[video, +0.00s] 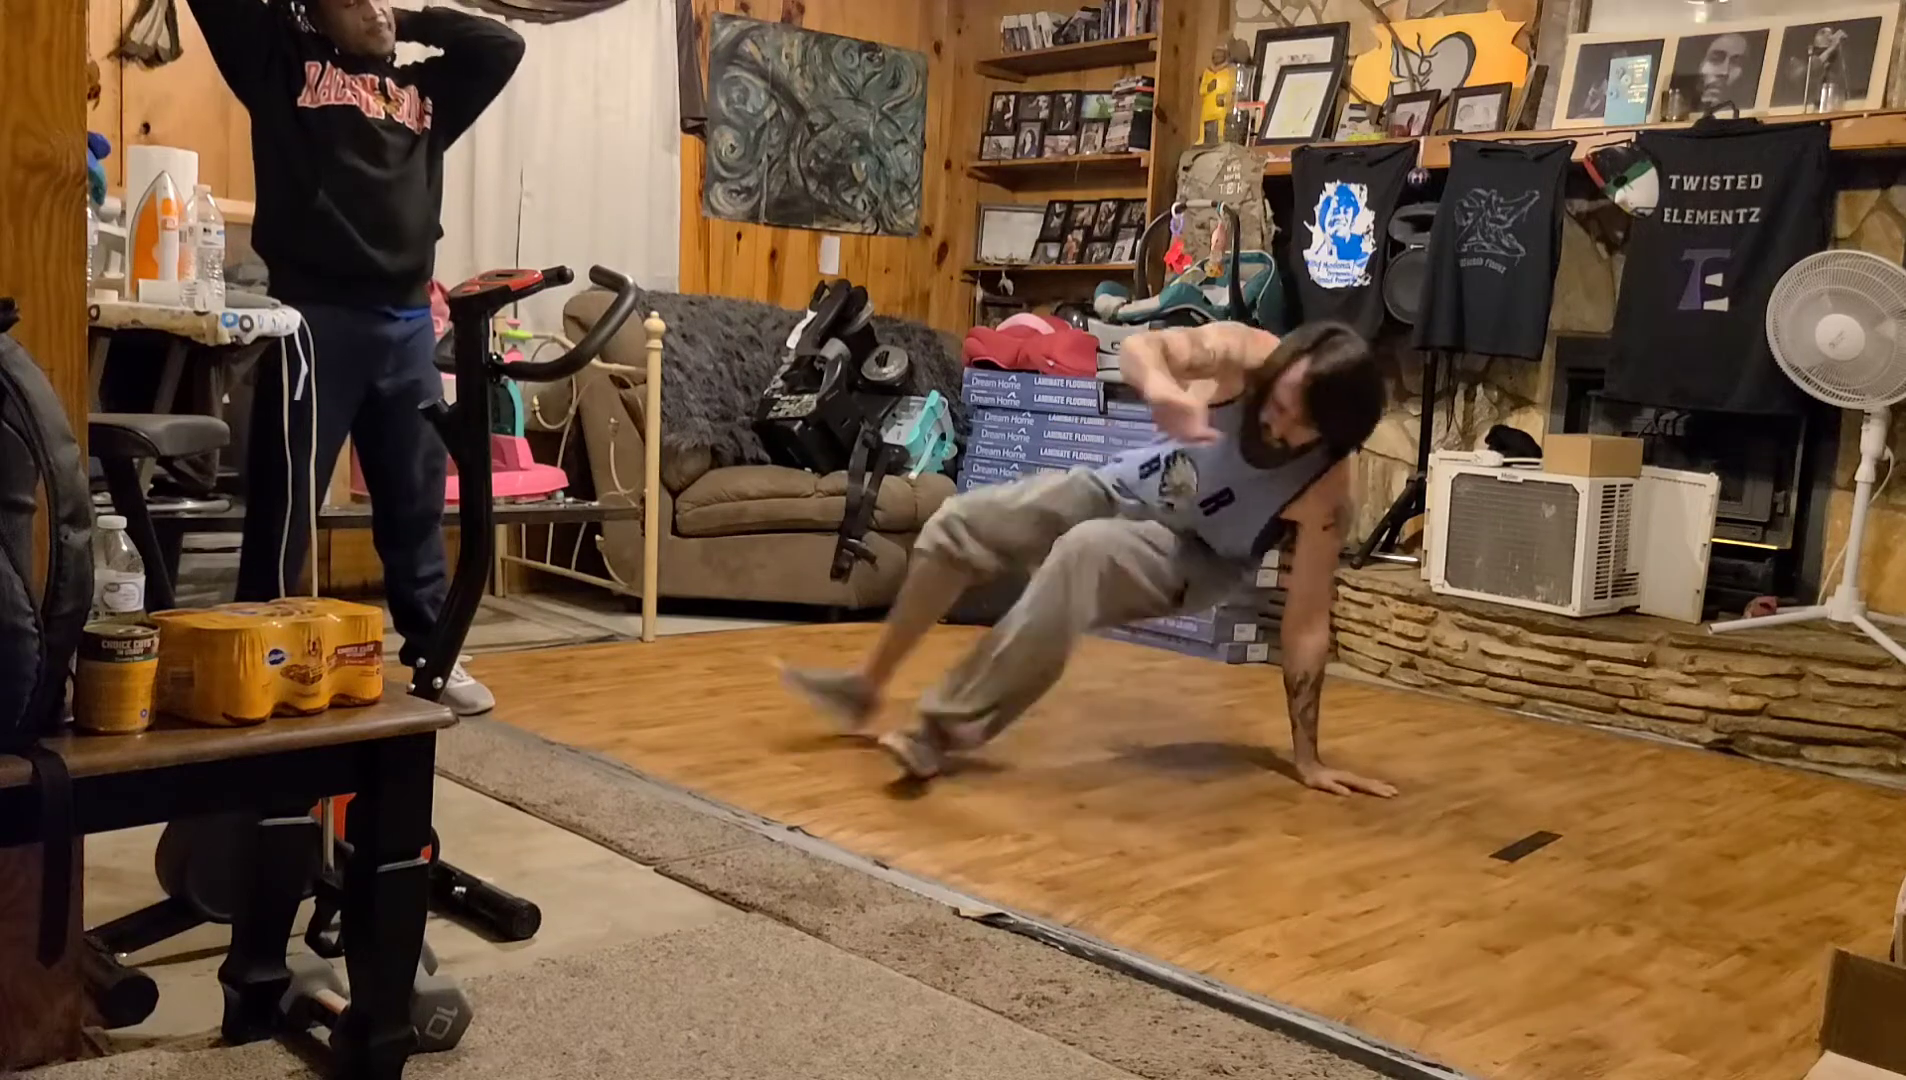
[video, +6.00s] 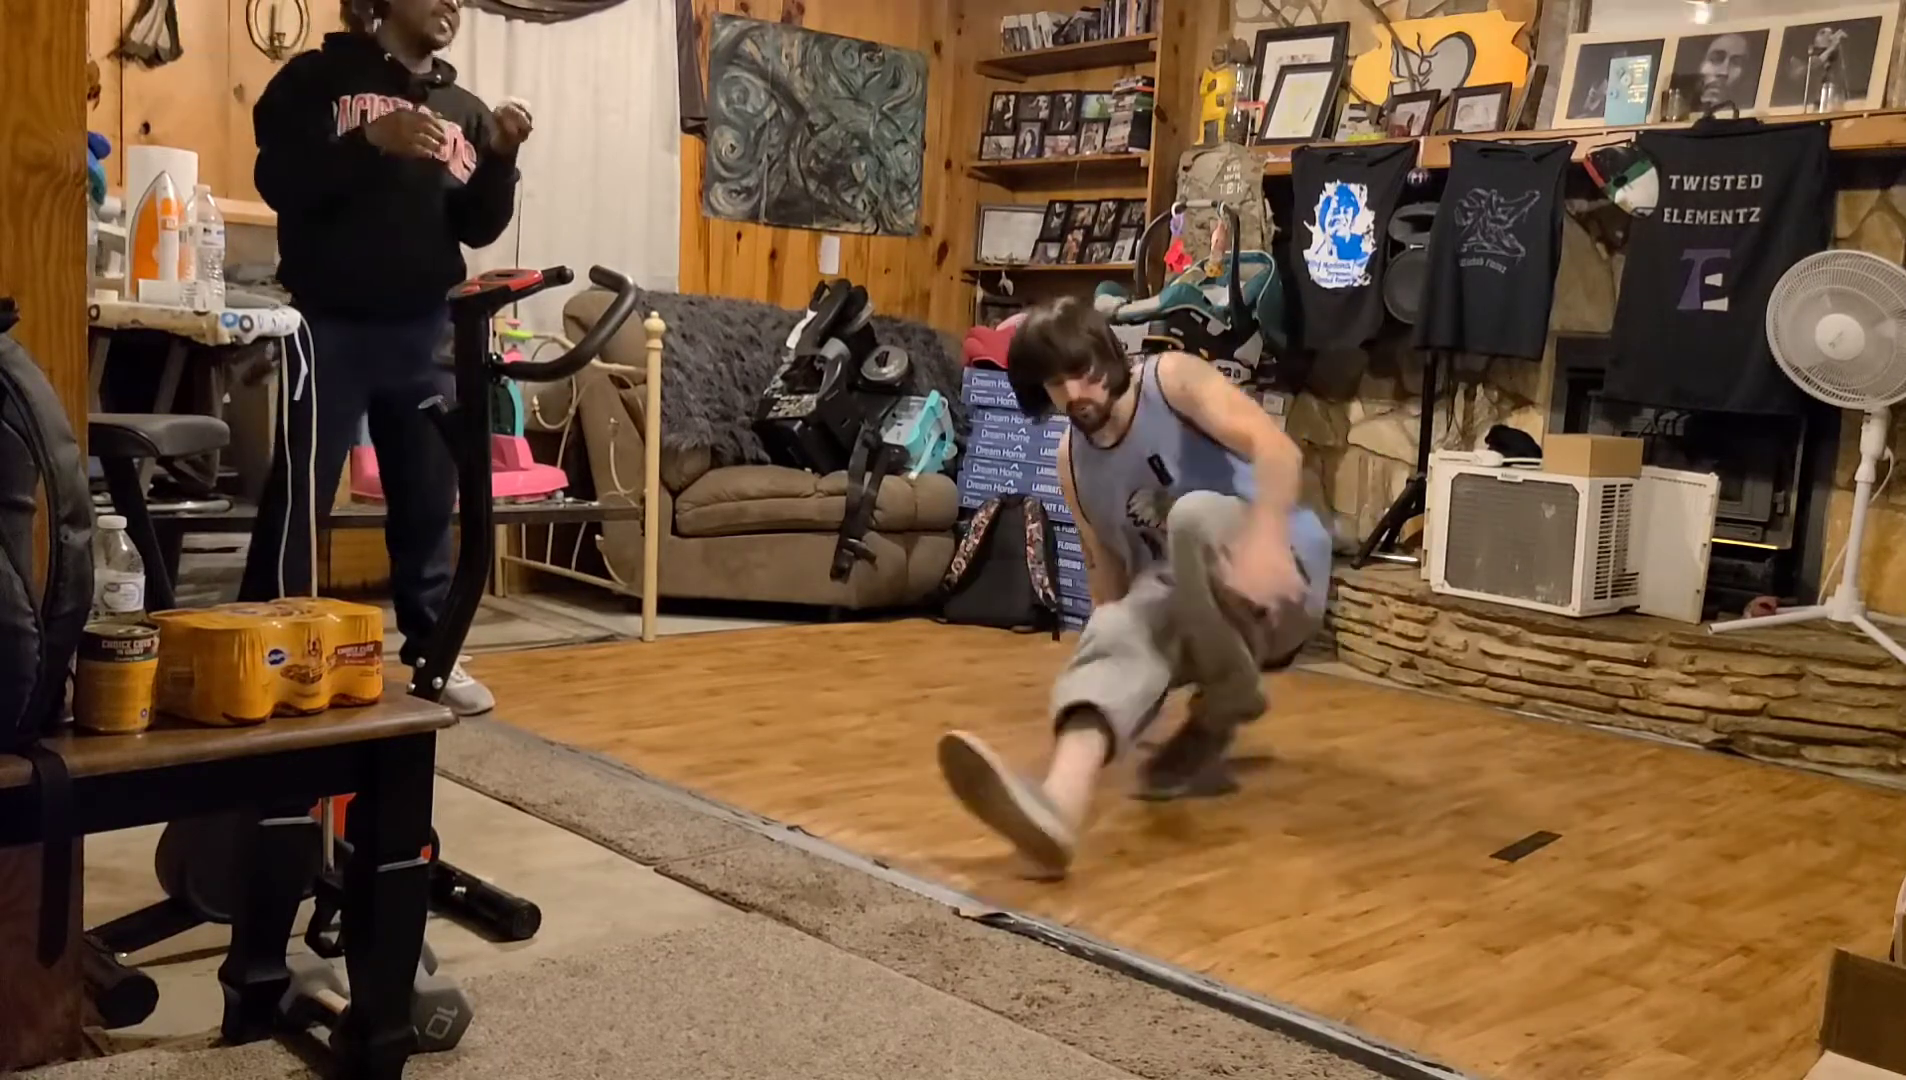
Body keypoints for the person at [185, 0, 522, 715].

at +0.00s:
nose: (381, 9)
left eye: (381, 1)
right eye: (356, 0)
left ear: (386, 16)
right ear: (315, 15)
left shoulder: (422, 93)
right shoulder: (280, 61)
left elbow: (502, 46)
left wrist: (415, 23)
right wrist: (281, 10)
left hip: (406, 325)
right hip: (313, 321)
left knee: (415, 503)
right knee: (285, 505)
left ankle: (432, 659)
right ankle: (256, 664)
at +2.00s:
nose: (374, 9)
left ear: (396, 9)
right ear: (316, 10)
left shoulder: (432, 86)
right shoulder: (277, 56)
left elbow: (502, 30)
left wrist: (416, 12)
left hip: (405, 325)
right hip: (307, 321)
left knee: (417, 505)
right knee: (282, 503)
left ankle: (432, 658)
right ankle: (253, 664)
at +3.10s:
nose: (366, 3)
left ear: (382, 8)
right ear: (306, 8)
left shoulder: (415, 85)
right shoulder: (271, 57)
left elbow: (491, 144)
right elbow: (197, 1)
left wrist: (414, 56)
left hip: (404, 323)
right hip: (307, 318)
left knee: (416, 503)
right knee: (280, 503)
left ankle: (431, 658)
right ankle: (256, 662)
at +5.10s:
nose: (376, 5)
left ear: (386, 8)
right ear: (310, 7)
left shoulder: (420, 86)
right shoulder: (270, 54)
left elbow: (474, 179)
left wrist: (434, 76)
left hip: (403, 324)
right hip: (305, 319)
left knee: (415, 500)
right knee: (280, 502)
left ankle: (432, 657)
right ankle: (257, 661)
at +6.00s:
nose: (452, 9)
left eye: (454, 1)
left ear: (443, 15)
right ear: (379, 3)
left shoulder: (462, 110)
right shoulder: (313, 78)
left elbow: (474, 227)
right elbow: (282, 182)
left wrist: (500, 159)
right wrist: (367, 139)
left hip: (423, 328)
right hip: (328, 325)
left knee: (428, 500)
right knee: (302, 496)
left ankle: (432, 657)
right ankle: (258, 656)